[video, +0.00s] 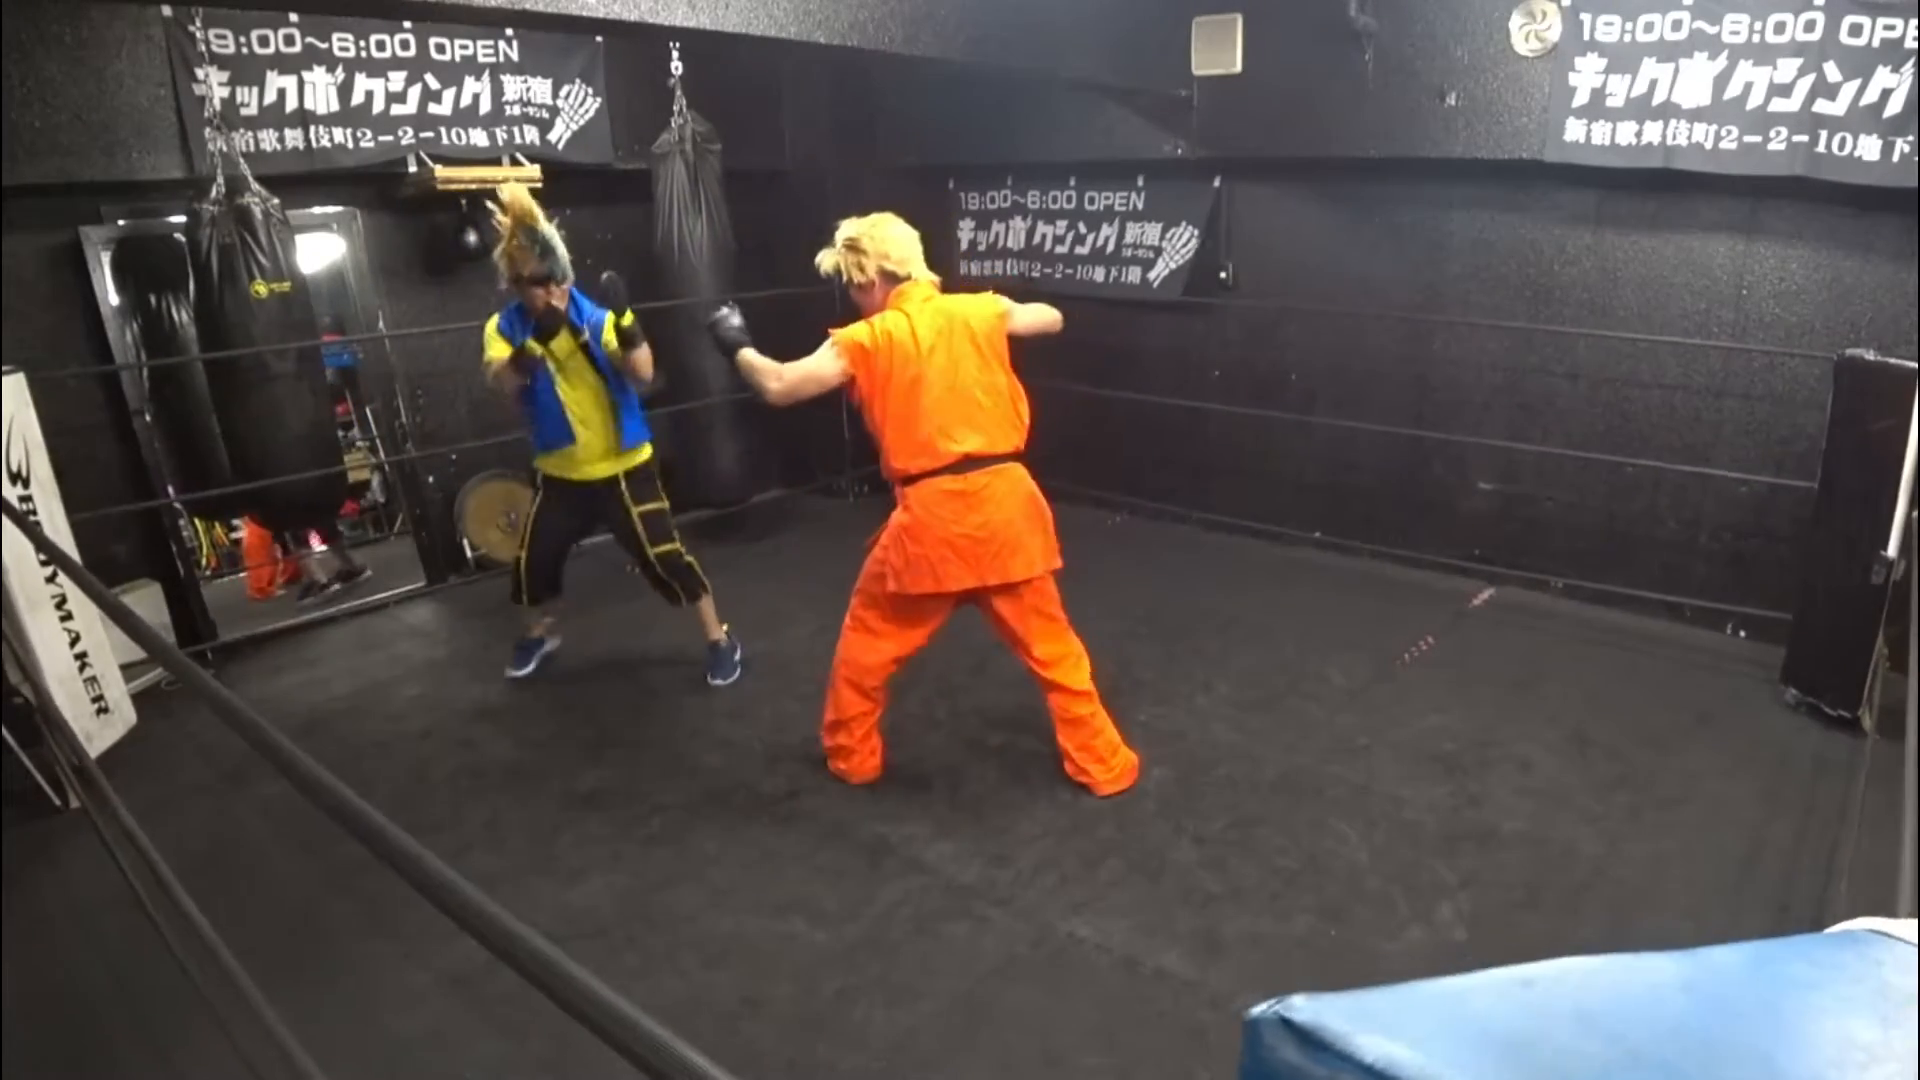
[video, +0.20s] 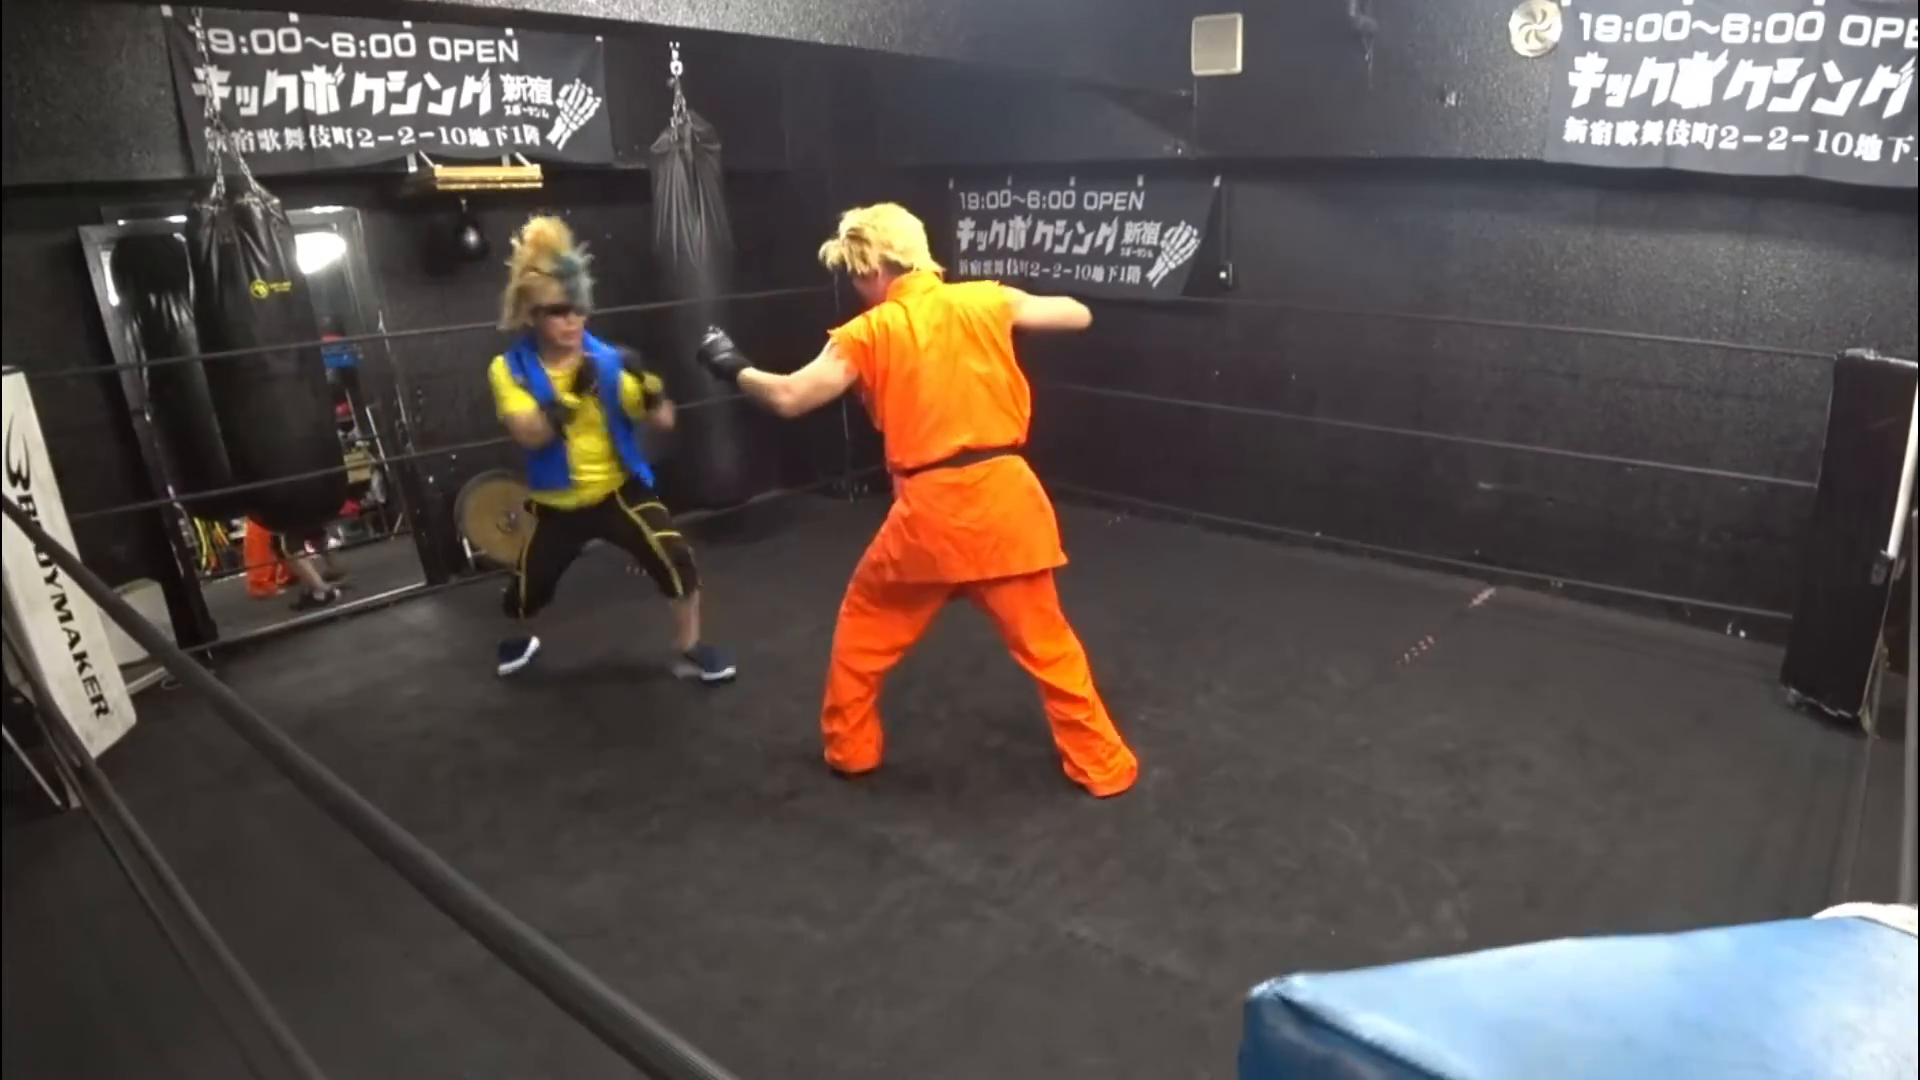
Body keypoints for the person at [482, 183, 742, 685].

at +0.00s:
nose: (544, 293)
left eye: (550, 280)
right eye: (532, 283)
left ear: (564, 278)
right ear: (515, 286)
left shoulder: (595, 315)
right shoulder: (505, 328)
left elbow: (644, 373)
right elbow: (505, 385)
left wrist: (627, 326)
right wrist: (532, 344)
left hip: (625, 462)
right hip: (562, 472)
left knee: (664, 556)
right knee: (534, 562)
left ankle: (718, 636)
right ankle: (541, 634)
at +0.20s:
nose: (572, 322)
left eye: (577, 311)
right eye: (558, 313)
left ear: (587, 313)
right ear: (531, 318)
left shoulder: (607, 357)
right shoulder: (511, 369)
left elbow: (663, 422)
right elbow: (529, 433)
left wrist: (653, 398)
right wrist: (573, 398)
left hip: (622, 494)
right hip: (558, 505)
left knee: (678, 563)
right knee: (525, 596)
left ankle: (690, 646)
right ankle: (520, 640)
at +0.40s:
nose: (666, 306)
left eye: (669, 295)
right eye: (654, 296)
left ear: (675, 300)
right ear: (623, 303)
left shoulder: (663, 352)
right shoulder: (598, 353)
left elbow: (681, 406)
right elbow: (575, 421)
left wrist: (701, 395)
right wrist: (644, 412)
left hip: (642, 497)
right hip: (592, 503)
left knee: (699, 562)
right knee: (604, 619)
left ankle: (689, 657)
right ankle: (523, 628)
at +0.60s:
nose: (725, 348)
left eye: (727, 338)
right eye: (714, 338)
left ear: (725, 338)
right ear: (684, 338)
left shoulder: (701, 382)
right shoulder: (669, 376)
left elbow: (709, 445)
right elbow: (663, 424)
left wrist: (726, 422)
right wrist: (717, 402)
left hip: (655, 512)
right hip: (623, 517)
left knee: (704, 565)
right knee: (695, 607)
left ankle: (689, 664)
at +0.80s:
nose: (746, 377)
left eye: (749, 366)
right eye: (734, 367)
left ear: (695, 370)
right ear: (702, 368)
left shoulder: (683, 403)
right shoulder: (704, 402)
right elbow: (733, 435)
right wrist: (801, 403)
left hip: (641, 561)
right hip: (682, 566)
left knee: (718, 571)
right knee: (773, 653)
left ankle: (705, 669)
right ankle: (741, 773)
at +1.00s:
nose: (761, 352)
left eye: (762, 341)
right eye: (752, 342)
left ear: (721, 341)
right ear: (723, 342)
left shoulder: (702, 381)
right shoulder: (720, 389)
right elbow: (708, 461)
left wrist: (748, 458)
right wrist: (758, 461)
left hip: (662, 541)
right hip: (690, 552)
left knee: (726, 580)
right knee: (791, 637)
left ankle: (699, 669)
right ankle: (744, 759)